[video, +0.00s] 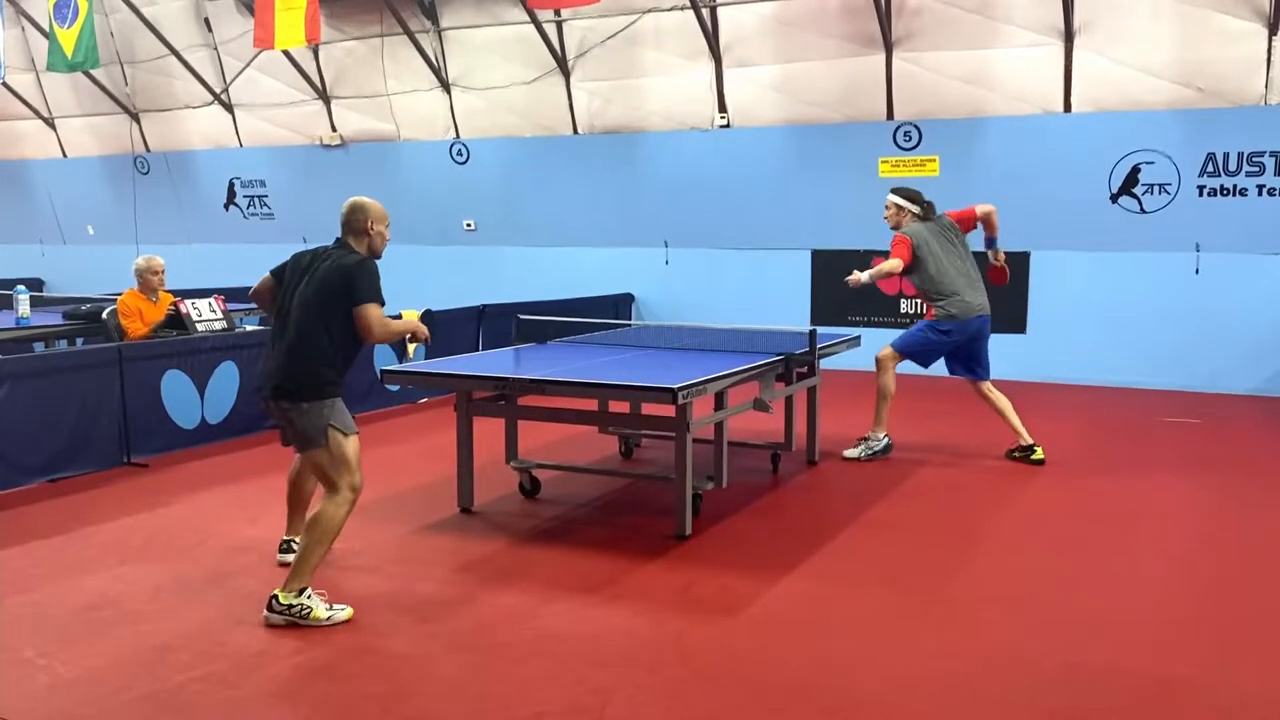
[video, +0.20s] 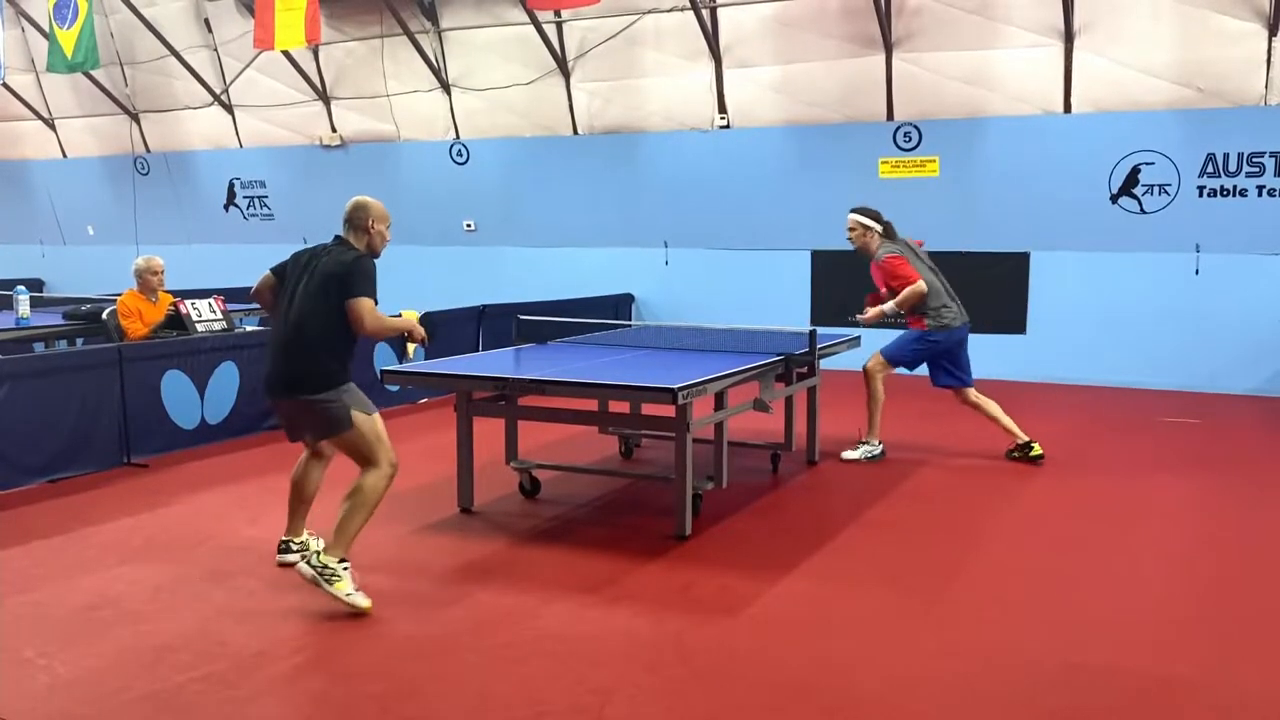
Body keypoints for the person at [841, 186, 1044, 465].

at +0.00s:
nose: (885, 213)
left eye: (889, 208)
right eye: (886, 208)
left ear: (906, 211)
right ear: (914, 212)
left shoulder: (905, 235)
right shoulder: (947, 221)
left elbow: (895, 266)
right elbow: (988, 211)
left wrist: (864, 276)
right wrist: (994, 249)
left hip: (951, 317)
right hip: (979, 314)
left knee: (886, 358)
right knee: (983, 384)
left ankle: (877, 437)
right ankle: (1027, 443)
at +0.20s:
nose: (848, 236)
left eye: (852, 230)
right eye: (848, 230)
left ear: (870, 232)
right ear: (872, 232)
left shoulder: (885, 257)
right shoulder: (904, 246)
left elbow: (917, 288)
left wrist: (882, 310)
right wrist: (886, 297)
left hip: (936, 327)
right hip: (955, 324)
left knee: (873, 368)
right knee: (967, 394)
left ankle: (872, 443)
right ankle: (1025, 442)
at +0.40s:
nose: (828, 250)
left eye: (833, 244)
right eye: (825, 245)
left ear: (849, 246)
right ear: (825, 248)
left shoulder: (875, 272)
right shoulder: (838, 278)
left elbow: (917, 293)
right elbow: (833, 301)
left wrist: (898, 327)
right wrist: (808, 308)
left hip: (916, 328)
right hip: (898, 332)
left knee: (872, 367)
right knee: (901, 402)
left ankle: (873, 442)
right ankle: (968, 405)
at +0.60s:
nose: (822, 235)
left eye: (828, 229)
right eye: (819, 230)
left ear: (843, 232)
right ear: (817, 234)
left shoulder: (866, 262)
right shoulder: (821, 267)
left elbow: (904, 285)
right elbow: (818, 299)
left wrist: (903, 321)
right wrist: (794, 311)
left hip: (883, 327)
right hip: (855, 331)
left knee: (862, 361)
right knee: (823, 374)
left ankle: (872, 439)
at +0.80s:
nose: (817, 217)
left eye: (822, 211)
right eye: (813, 212)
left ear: (835, 213)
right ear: (810, 216)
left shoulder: (859, 242)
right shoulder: (808, 248)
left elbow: (890, 262)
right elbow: (795, 282)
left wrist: (891, 289)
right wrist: (782, 293)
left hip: (864, 312)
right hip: (831, 315)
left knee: (868, 358)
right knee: (803, 353)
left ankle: (882, 421)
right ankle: (815, 407)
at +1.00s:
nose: (813, 219)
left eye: (817, 213)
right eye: (808, 215)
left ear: (829, 215)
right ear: (805, 219)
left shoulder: (850, 243)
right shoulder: (805, 249)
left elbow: (882, 268)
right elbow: (791, 279)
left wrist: (861, 290)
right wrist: (782, 294)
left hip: (865, 311)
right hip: (831, 312)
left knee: (881, 358)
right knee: (797, 348)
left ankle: (922, 407)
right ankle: (791, 395)